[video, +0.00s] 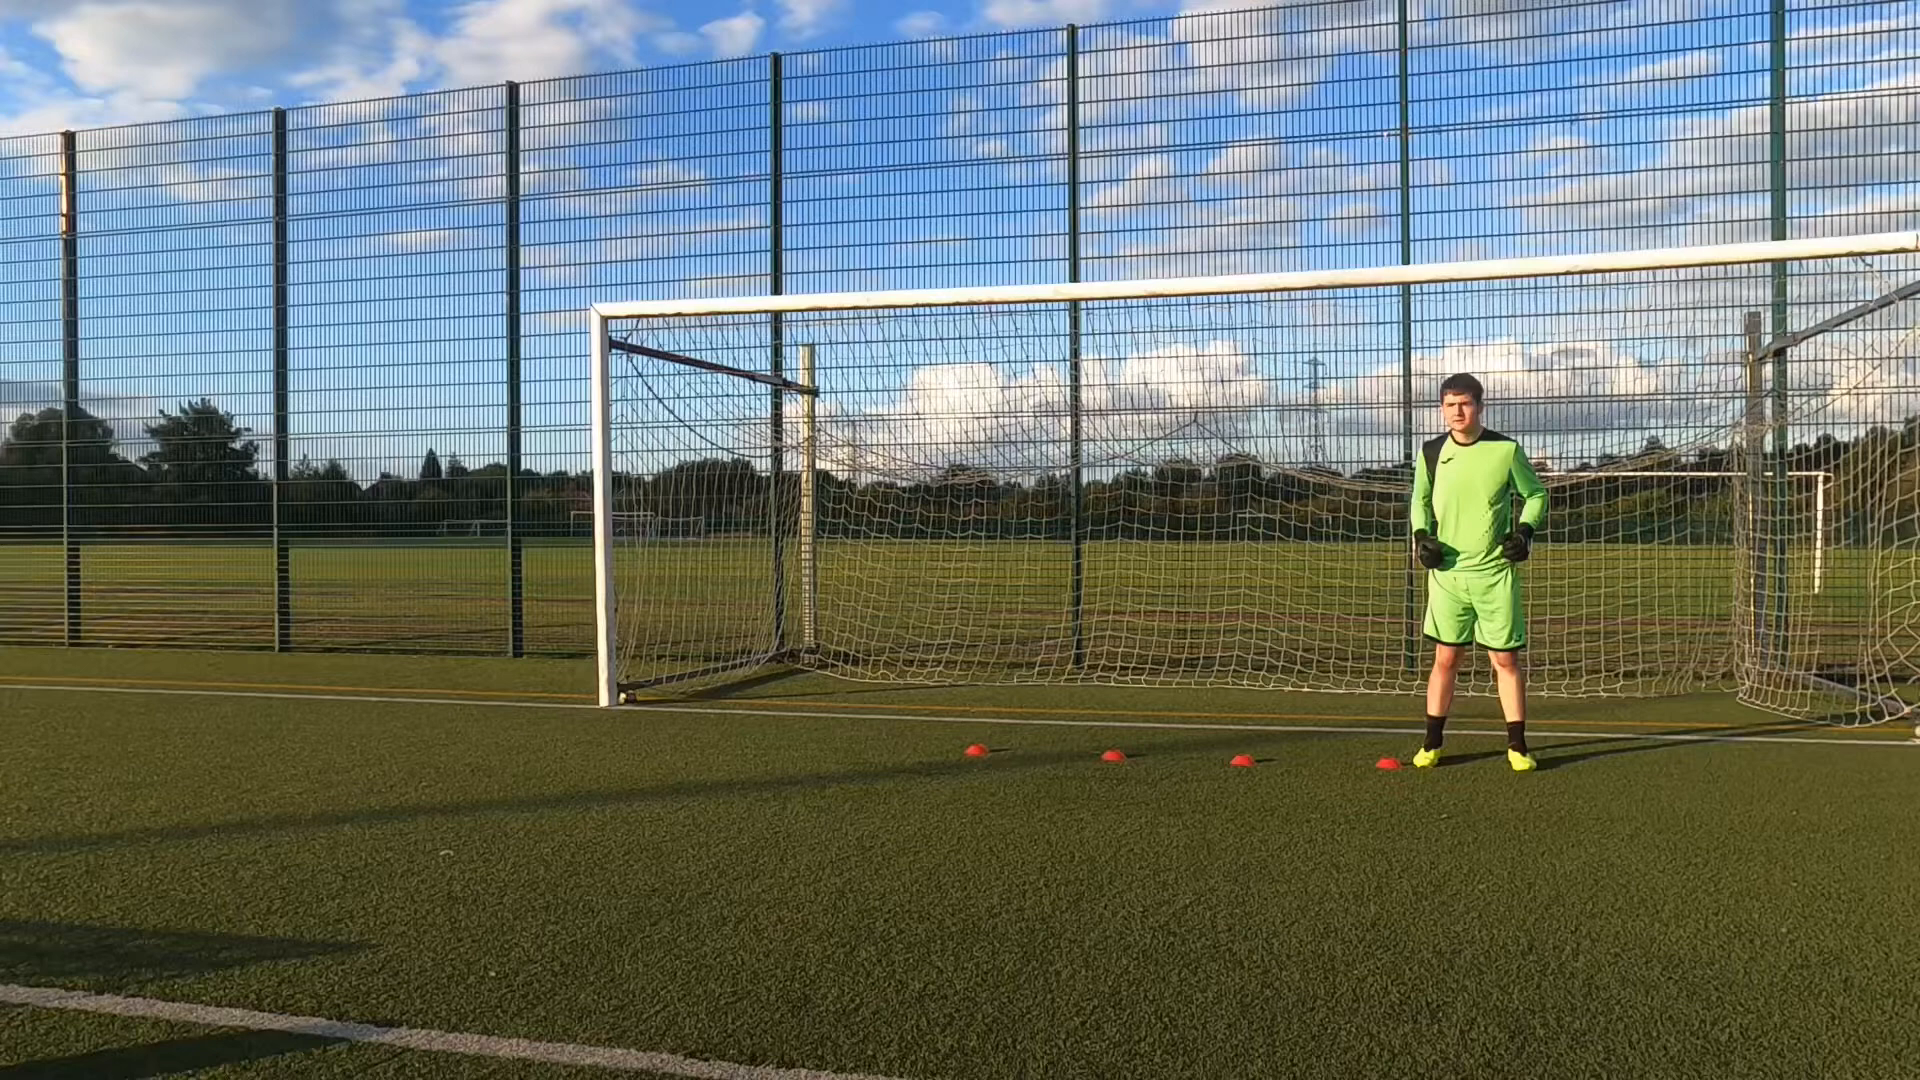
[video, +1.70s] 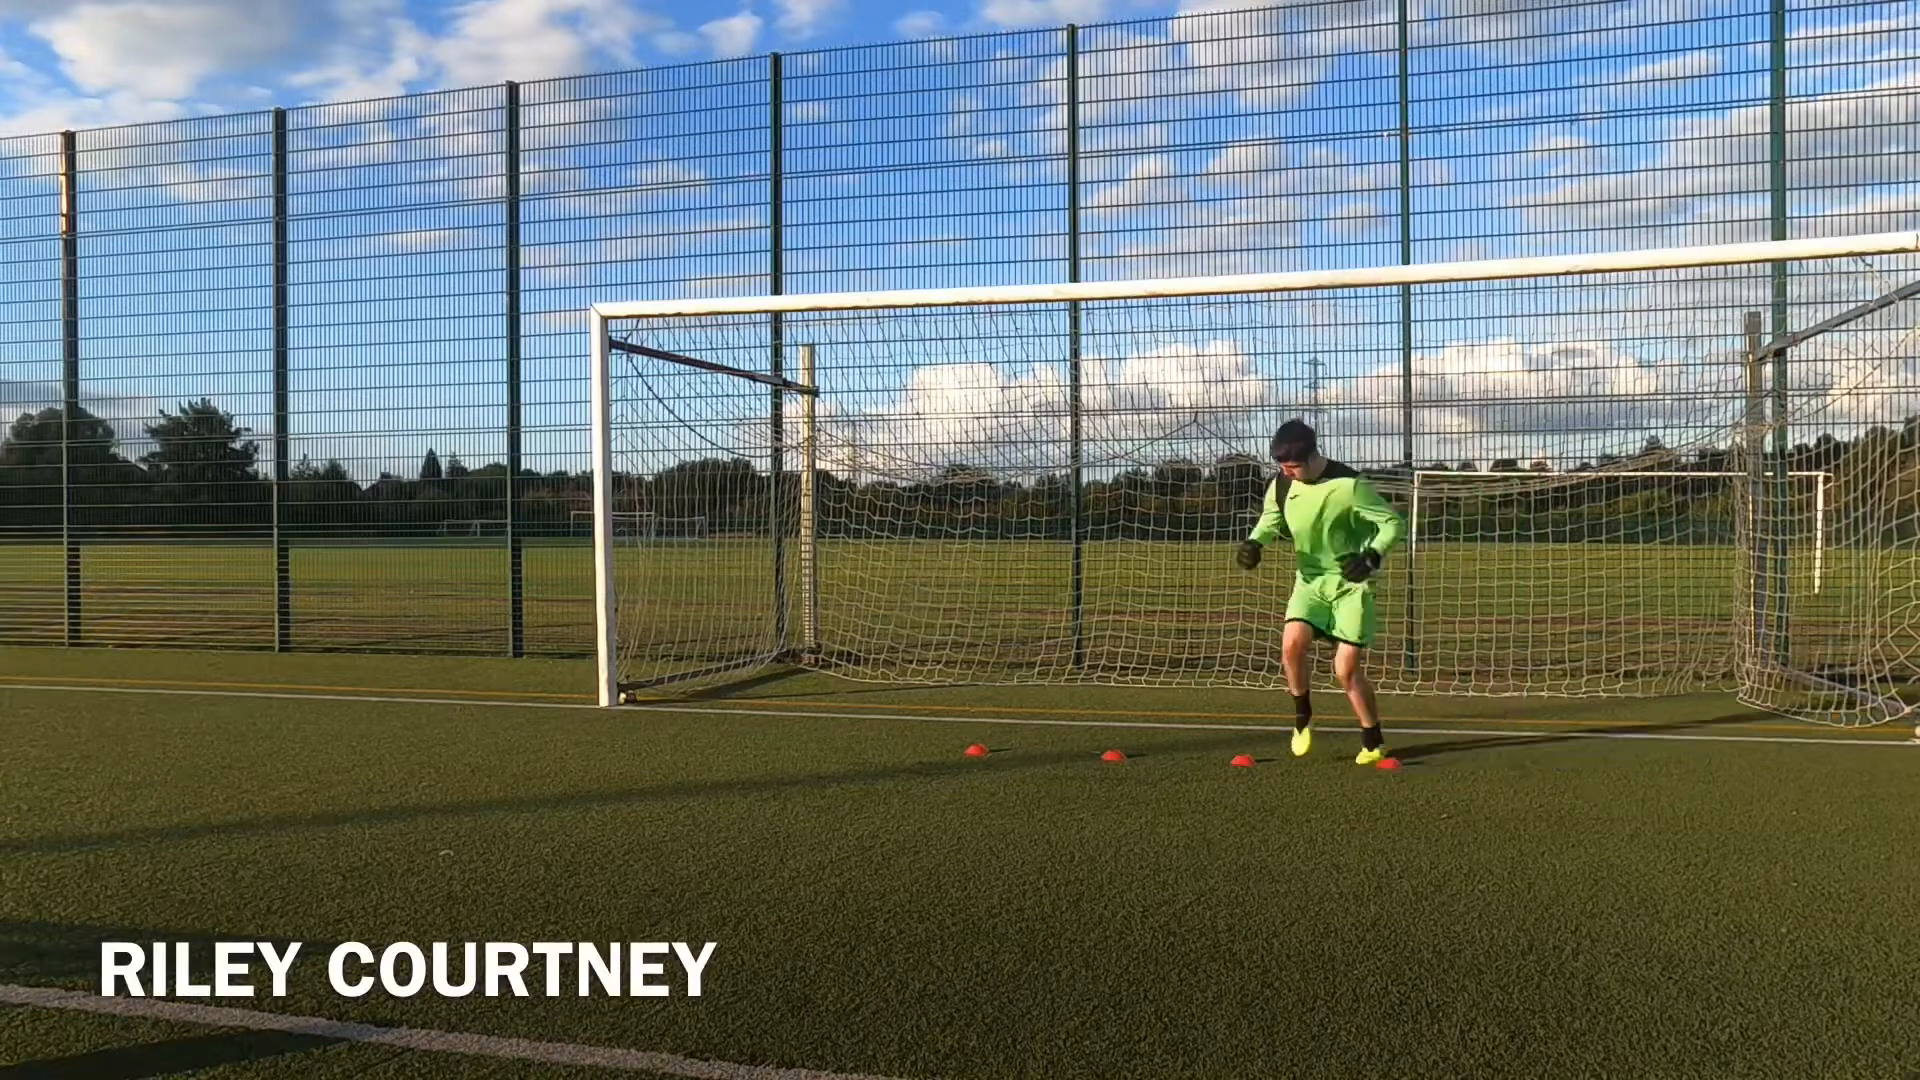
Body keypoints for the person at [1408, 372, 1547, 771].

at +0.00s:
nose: (1457, 412)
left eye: (1465, 404)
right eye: (1450, 405)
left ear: (1480, 407)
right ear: (1441, 410)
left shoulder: (1507, 451)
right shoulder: (1429, 454)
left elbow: (1536, 494)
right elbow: (1420, 501)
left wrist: (1524, 530)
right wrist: (1421, 536)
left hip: (1495, 573)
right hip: (1446, 575)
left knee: (1505, 660)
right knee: (1445, 658)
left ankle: (1517, 746)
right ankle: (1432, 744)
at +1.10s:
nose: (1428, 449)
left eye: (1433, 442)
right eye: (1422, 442)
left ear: (1451, 431)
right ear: (1417, 437)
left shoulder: (1493, 461)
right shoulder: (1416, 464)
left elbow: (1524, 498)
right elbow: (1413, 506)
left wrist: (1508, 539)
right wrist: (1422, 542)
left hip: (1488, 578)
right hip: (1440, 579)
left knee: (1502, 661)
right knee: (1441, 658)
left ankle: (1516, 745)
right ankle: (1432, 742)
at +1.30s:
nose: (1401, 467)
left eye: (1408, 460)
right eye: (1396, 461)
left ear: (1427, 450)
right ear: (1392, 456)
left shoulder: (1464, 479)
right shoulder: (1392, 483)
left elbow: (1504, 512)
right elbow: (1391, 520)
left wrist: (1488, 554)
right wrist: (1397, 552)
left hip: (1466, 588)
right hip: (1419, 589)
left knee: (1488, 672)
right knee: (1407, 657)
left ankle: (1519, 746)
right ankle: (1436, 727)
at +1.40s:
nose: (1380, 467)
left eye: (1387, 460)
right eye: (1374, 460)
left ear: (1406, 450)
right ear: (1368, 455)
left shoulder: (1441, 480)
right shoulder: (1368, 484)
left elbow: (1483, 507)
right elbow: (1363, 517)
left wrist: (1479, 553)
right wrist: (1361, 552)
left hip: (1444, 588)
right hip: (1397, 587)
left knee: (1472, 674)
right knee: (1378, 646)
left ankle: (1517, 745)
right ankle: (1391, 743)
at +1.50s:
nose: (1354, 463)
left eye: (1360, 456)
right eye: (1349, 456)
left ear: (1378, 447)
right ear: (1343, 452)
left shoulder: (1416, 476)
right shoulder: (1339, 480)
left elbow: (1457, 498)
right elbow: (1315, 514)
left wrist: (1461, 540)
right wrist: (1313, 548)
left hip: (1410, 581)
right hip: (1366, 585)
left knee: (1431, 655)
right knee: (1375, 654)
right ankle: (1375, 753)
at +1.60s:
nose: (1321, 466)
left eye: (1327, 459)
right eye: (1316, 459)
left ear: (1345, 448)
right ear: (1311, 455)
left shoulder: (1384, 476)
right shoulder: (1310, 479)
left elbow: (1429, 511)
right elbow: (1290, 515)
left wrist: (1423, 552)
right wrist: (1274, 546)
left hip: (1380, 573)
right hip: (1339, 576)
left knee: (1378, 649)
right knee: (1347, 649)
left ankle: (1382, 728)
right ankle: (1353, 742)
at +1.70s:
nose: (1286, 470)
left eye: (1292, 463)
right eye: (1281, 463)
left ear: (1312, 455)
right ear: (1278, 459)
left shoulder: (1349, 486)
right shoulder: (1280, 487)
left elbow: (1392, 522)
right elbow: (1269, 524)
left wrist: (1372, 554)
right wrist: (1253, 544)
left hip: (1351, 583)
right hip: (1308, 583)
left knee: (1346, 670)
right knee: (1292, 645)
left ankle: (1373, 742)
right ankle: (1302, 717)